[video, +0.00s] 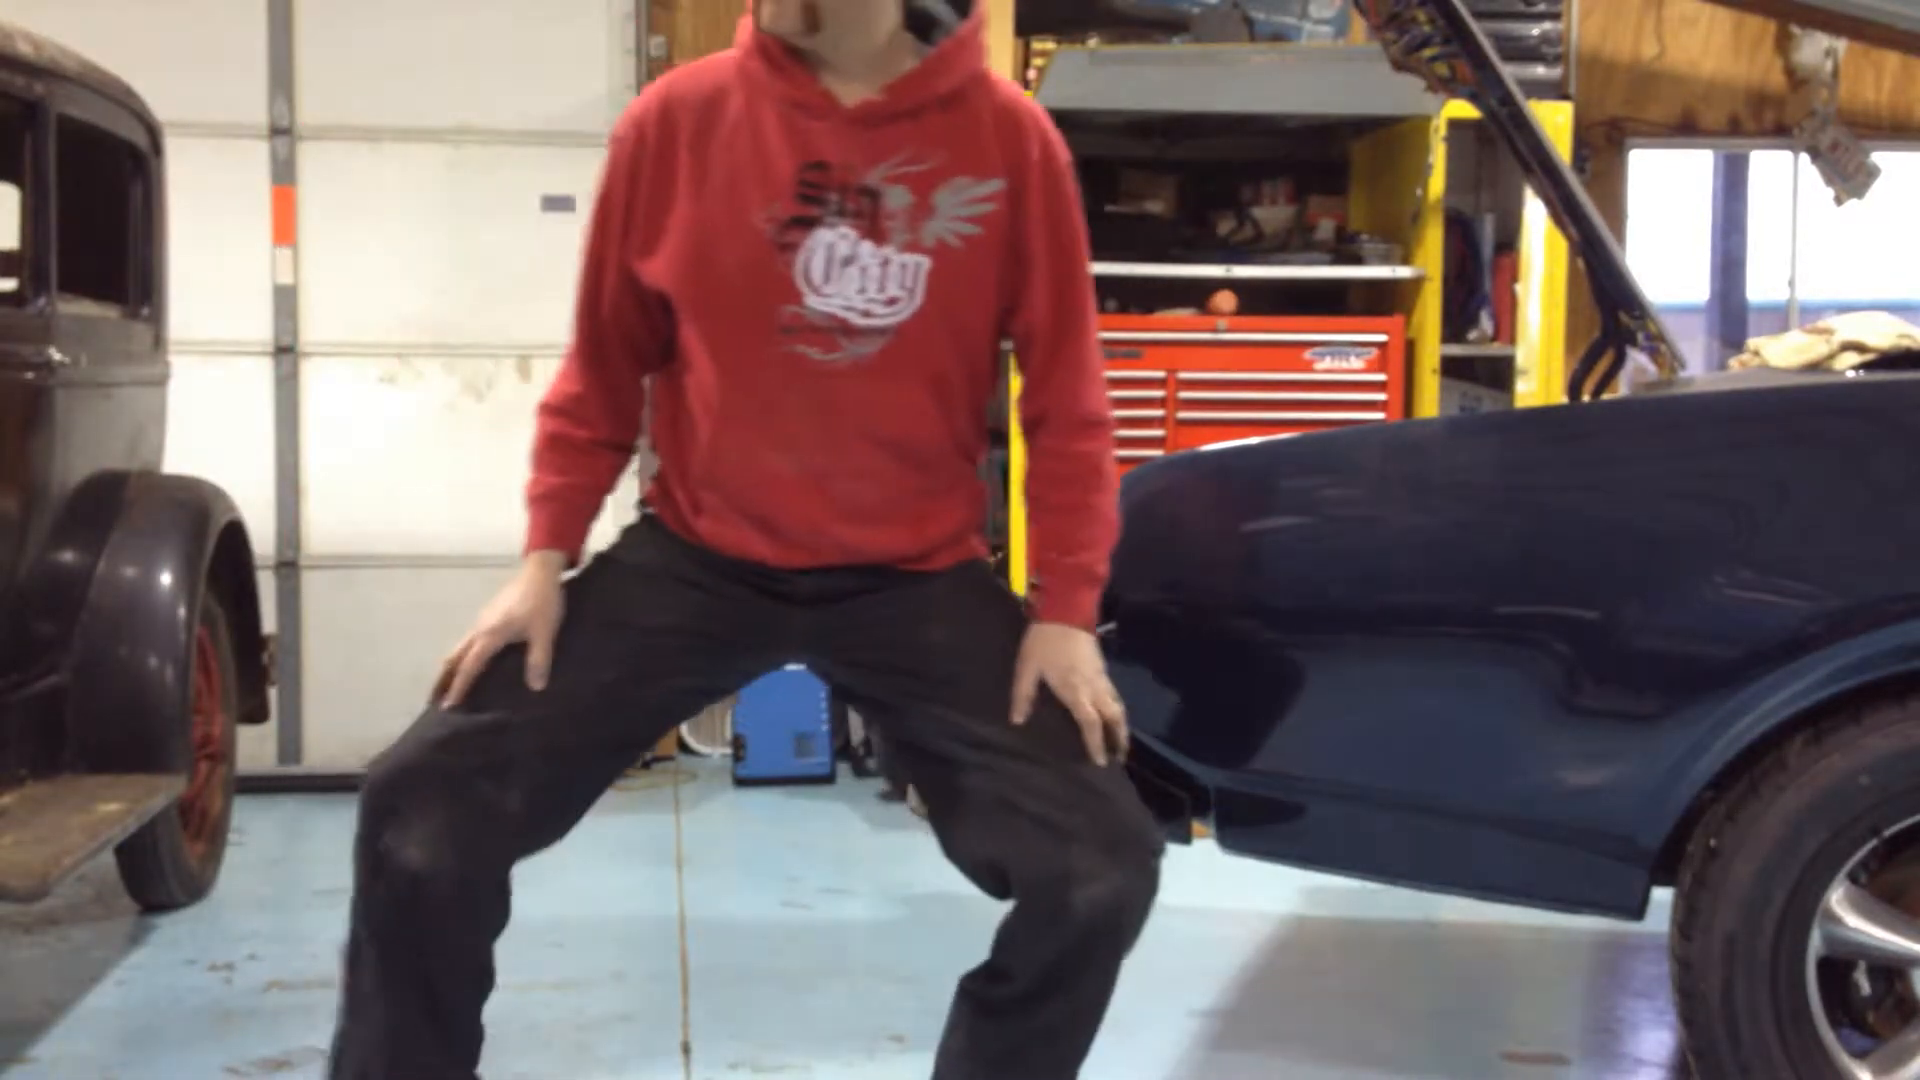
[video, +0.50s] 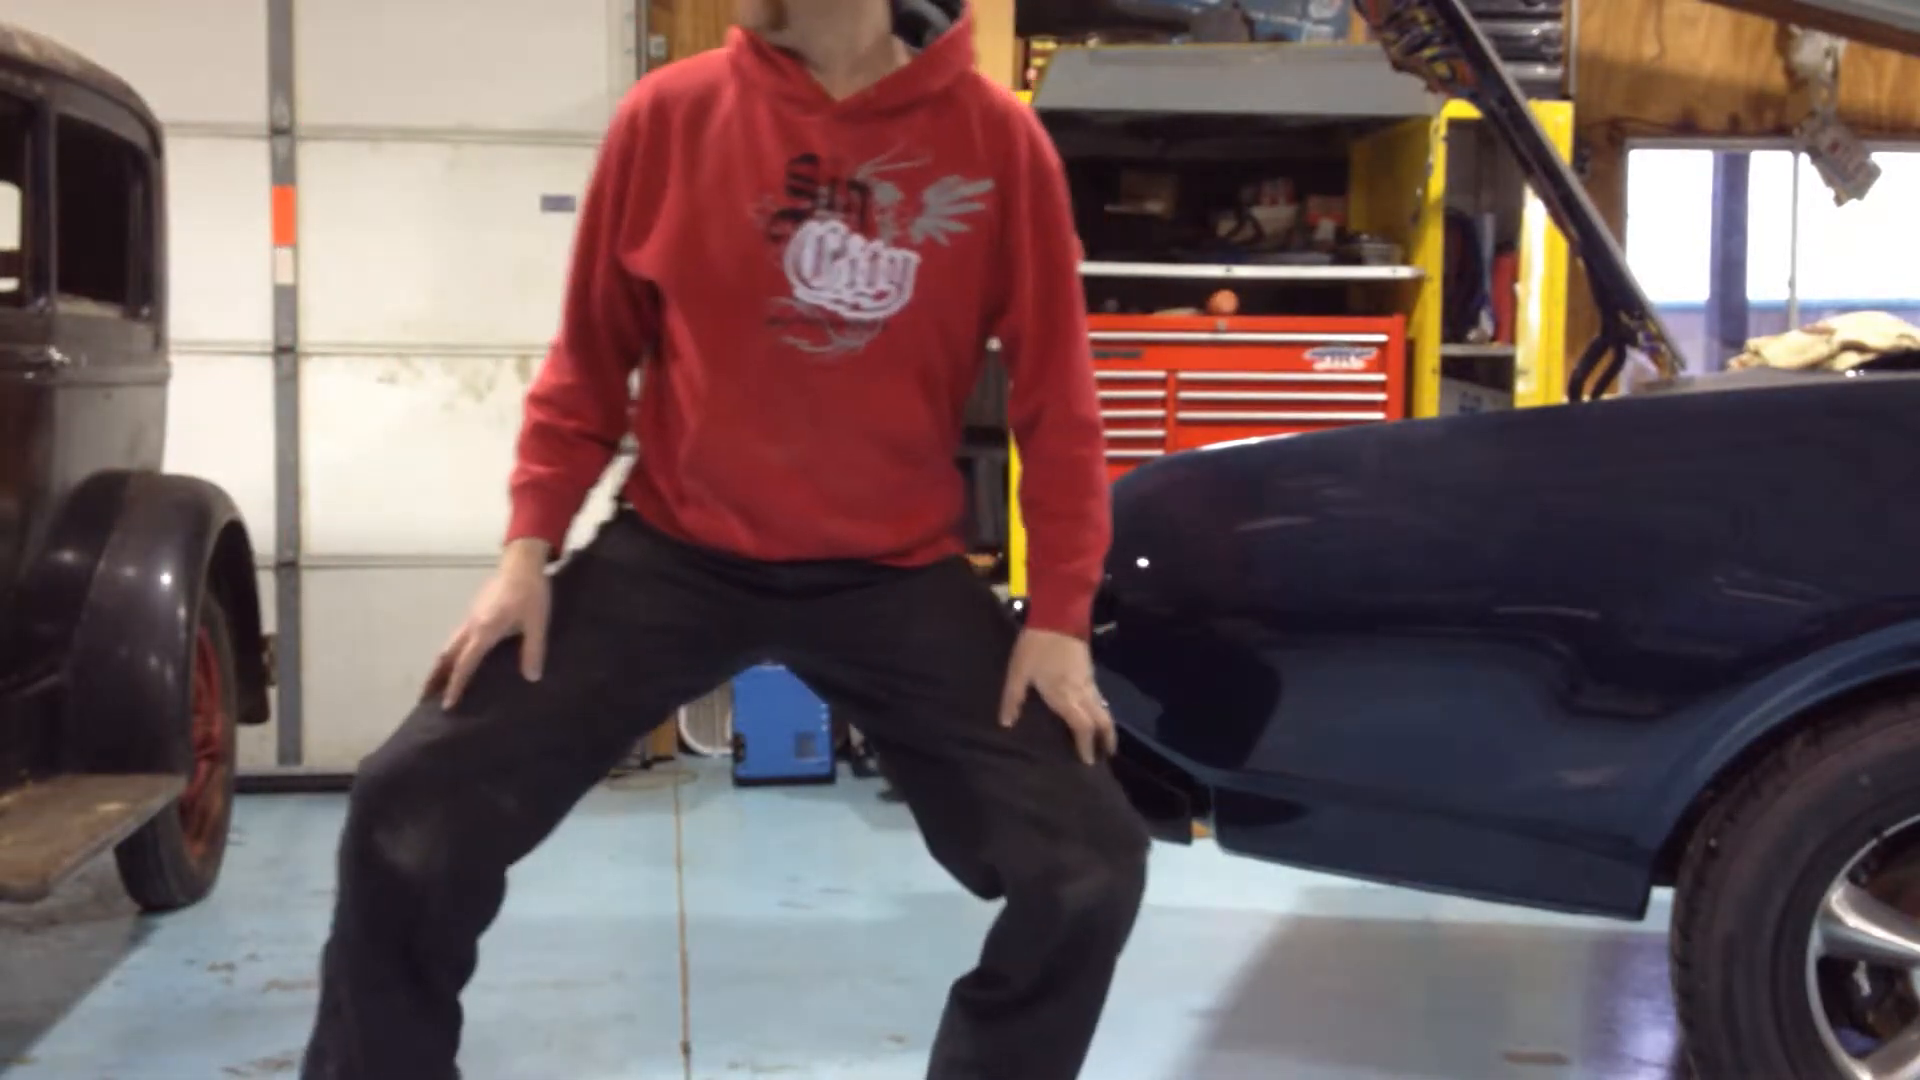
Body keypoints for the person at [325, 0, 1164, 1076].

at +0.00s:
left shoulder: (1011, 140)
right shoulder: (675, 123)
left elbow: (1068, 393)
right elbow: (603, 361)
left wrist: (1066, 611)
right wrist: (545, 556)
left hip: (916, 581)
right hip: (694, 562)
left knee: (1101, 862)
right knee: (423, 809)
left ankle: (985, 1075)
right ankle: (401, 1072)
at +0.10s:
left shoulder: (1033, 140)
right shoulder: (702, 120)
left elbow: (1091, 394)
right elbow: (625, 361)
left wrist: (1088, 618)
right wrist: (561, 558)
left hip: (932, 585)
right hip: (709, 568)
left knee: (1113, 867)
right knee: (454, 819)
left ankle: (989, 1069)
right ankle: (428, 1072)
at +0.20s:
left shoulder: (1045, 146)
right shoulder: (712, 122)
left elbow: (1105, 403)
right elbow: (639, 358)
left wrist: (1101, 618)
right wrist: (578, 550)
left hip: (936, 582)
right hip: (715, 560)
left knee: (1125, 853)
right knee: (451, 807)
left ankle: (994, 1072)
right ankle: (409, 1071)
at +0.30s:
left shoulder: (1037, 142)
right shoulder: (706, 124)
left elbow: (1103, 400)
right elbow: (629, 361)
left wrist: (1103, 621)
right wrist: (571, 555)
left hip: (933, 586)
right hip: (711, 565)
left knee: (1117, 870)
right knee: (453, 813)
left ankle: (985, 1067)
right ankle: (423, 1067)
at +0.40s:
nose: (780, 2)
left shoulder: (1025, 145)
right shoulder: (696, 120)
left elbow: (1076, 401)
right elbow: (620, 355)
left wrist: (1078, 624)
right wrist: (556, 544)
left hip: (924, 586)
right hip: (700, 562)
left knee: (1101, 871)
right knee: (431, 800)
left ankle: (982, 1075)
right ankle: (390, 1072)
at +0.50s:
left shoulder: (998, 137)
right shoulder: (666, 118)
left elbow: (1058, 395)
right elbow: (588, 358)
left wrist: (1059, 615)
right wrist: (526, 550)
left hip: (898, 577)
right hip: (675, 557)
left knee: (1088, 858)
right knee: (413, 809)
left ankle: (985, 1073)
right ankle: (371, 1069)